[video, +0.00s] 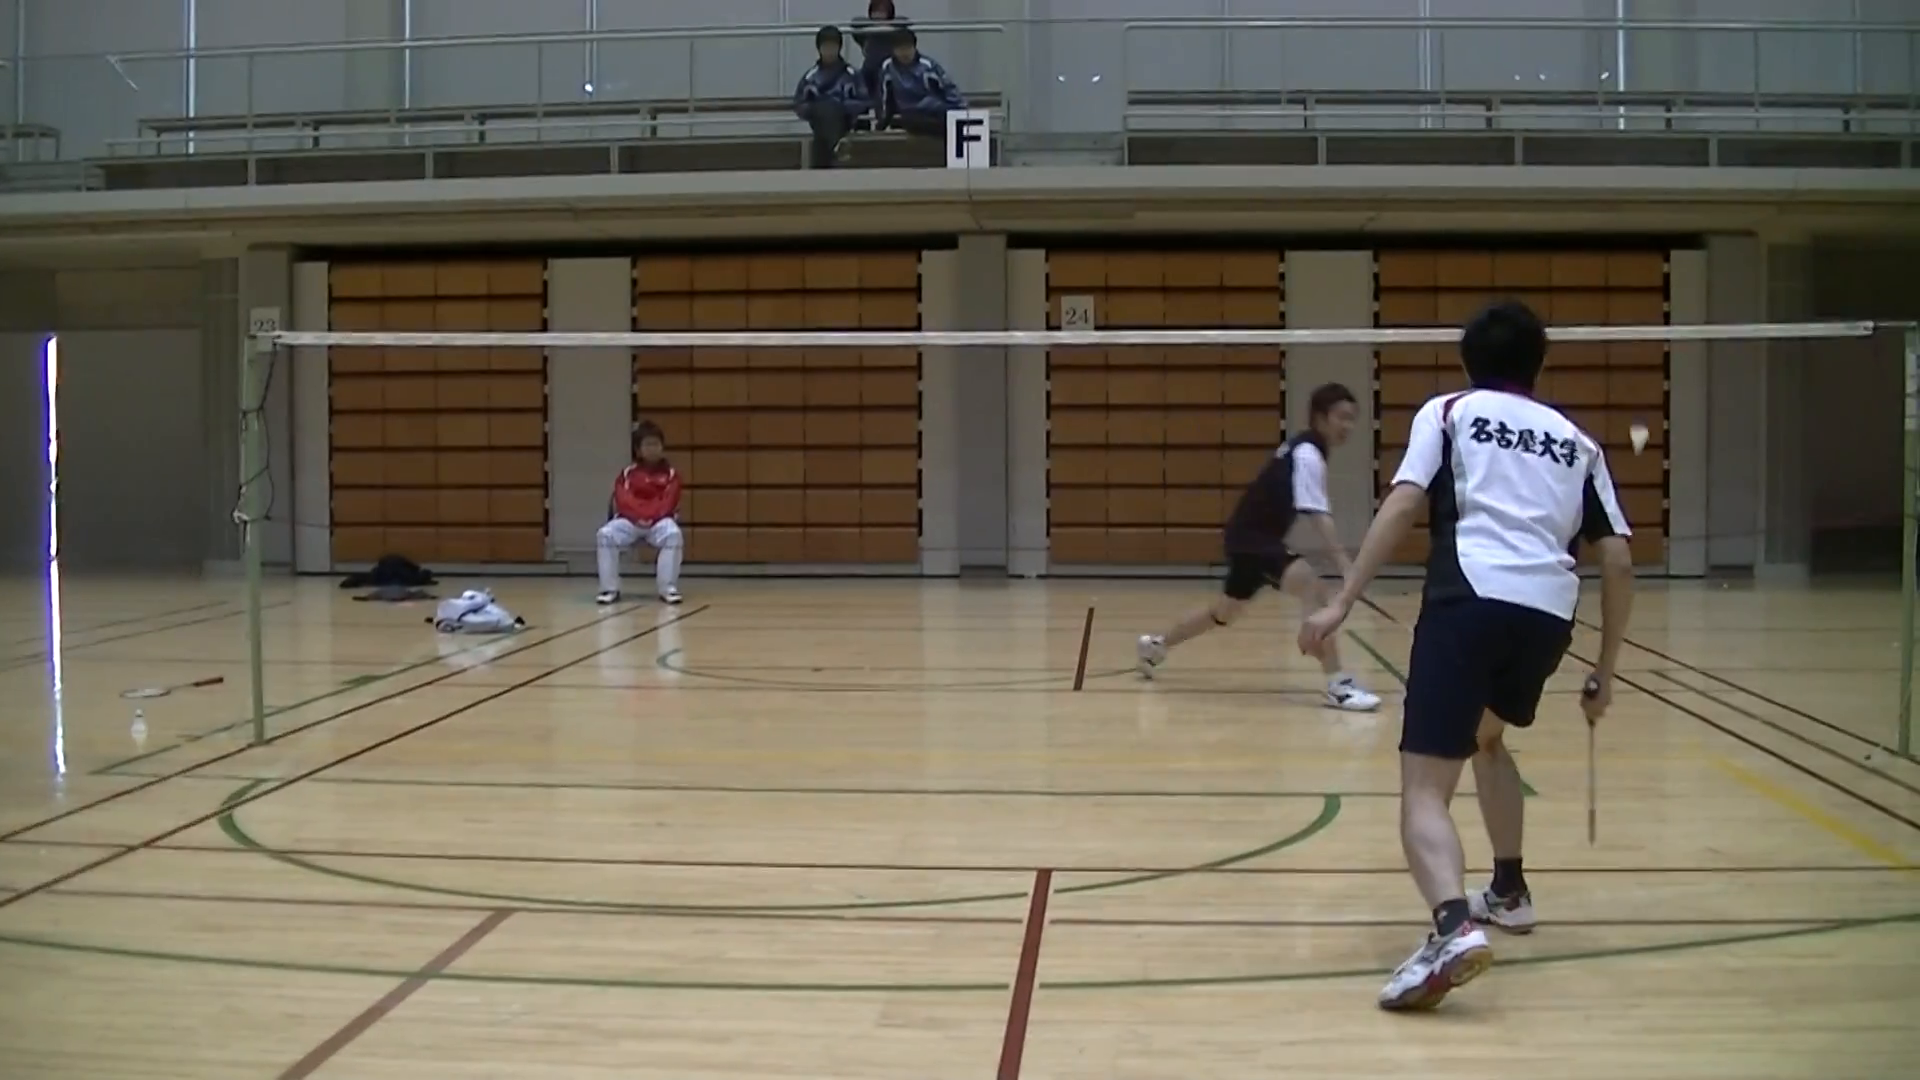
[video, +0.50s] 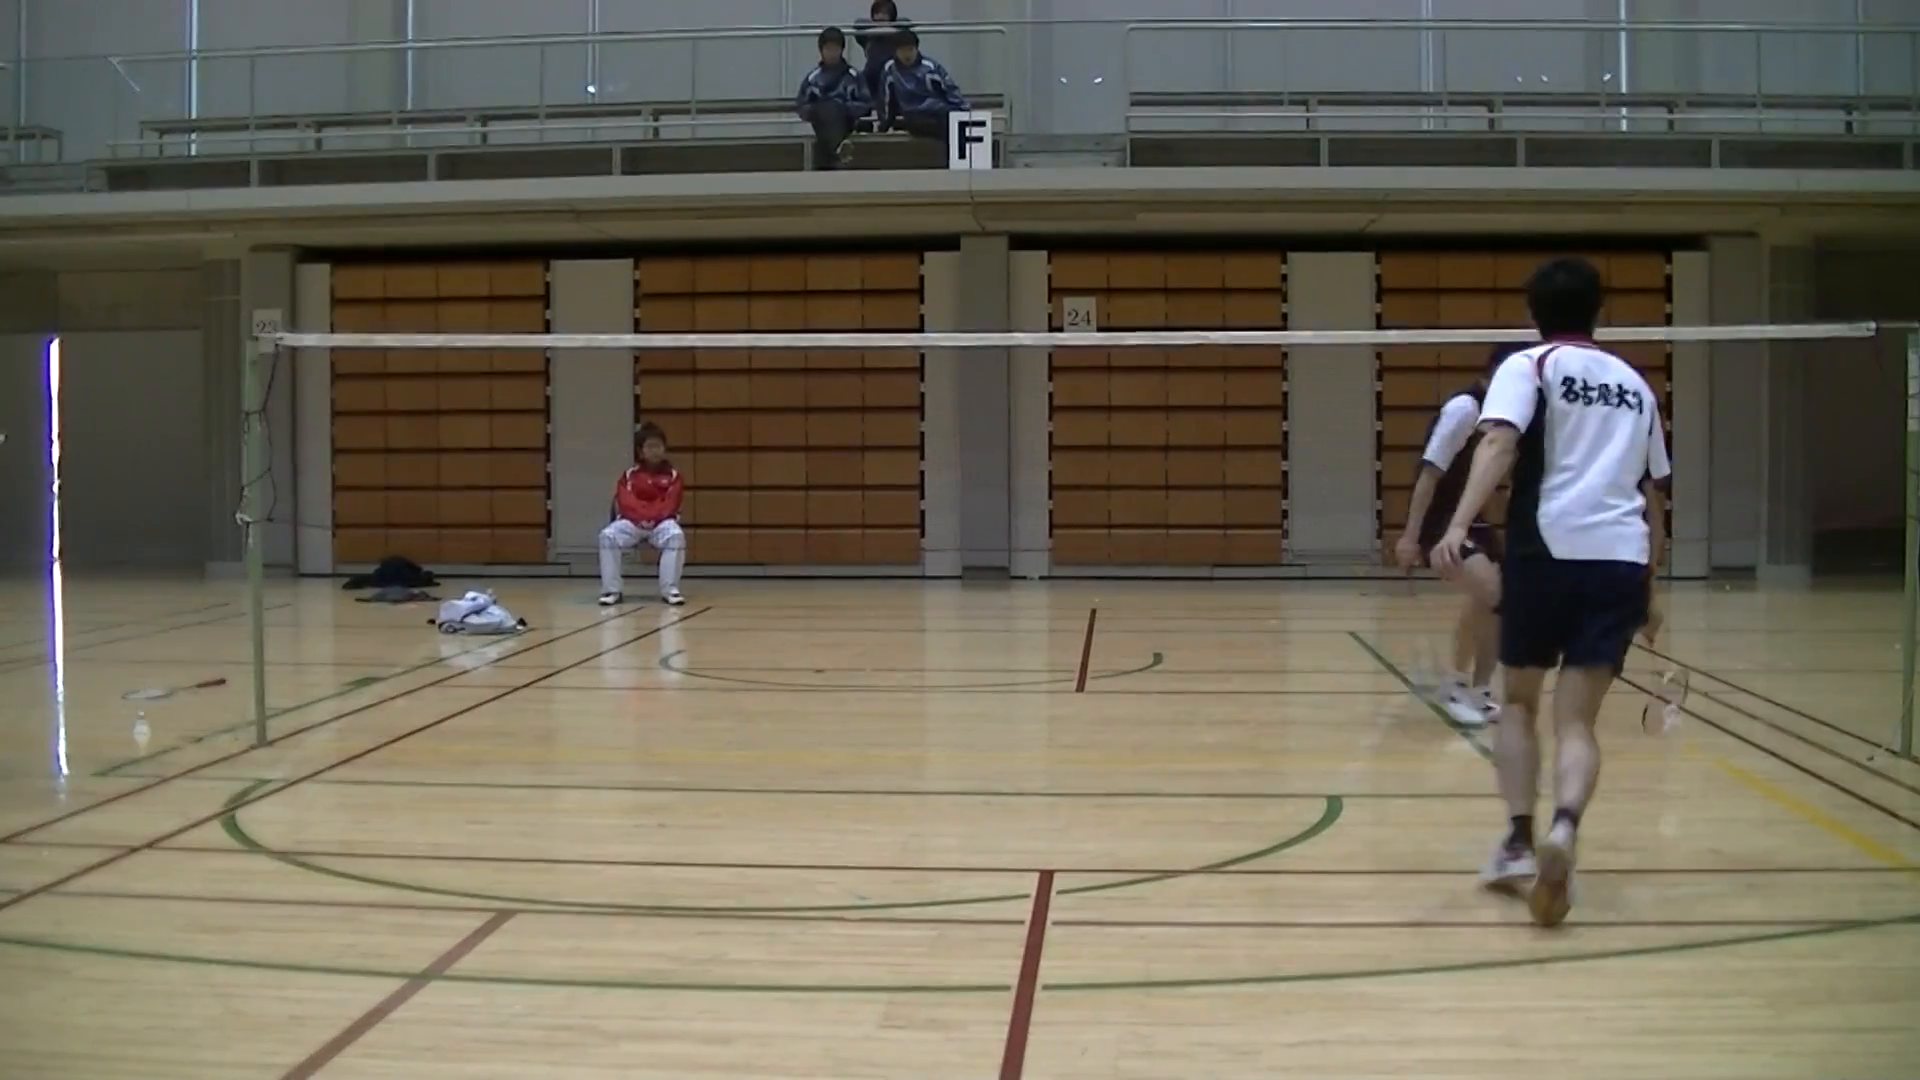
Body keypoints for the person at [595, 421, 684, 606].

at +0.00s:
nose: (653, 449)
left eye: (656, 444)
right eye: (648, 445)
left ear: (662, 447)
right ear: (638, 450)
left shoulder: (670, 474)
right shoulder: (628, 473)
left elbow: (669, 503)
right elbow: (623, 501)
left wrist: (652, 518)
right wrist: (638, 516)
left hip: (659, 520)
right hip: (630, 520)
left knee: (673, 536)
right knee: (606, 535)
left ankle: (668, 587)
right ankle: (609, 589)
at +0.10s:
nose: (653, 450)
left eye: (657, 444)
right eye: (648, 445)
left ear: (662, 448)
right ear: (638, 450)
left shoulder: (670, 475)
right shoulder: (628, 474)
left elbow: (668, 503)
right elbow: (623, 501)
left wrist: (652, 518)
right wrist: (638, 517)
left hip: (659, 521)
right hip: (630, 521)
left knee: (673, 536)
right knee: (606, 536)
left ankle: (668, 588)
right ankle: (610, 590)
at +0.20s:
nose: (653, 450)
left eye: (656, 445)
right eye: (647, 446)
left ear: (663, 448)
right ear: (638, 450)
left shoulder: (671, 476)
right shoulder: (628, 474)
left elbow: (668, 505)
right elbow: (624, 502)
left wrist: (652, 519)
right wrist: (639, 517)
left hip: (659, 521)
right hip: (630, 521)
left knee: (674, 536)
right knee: (606, 536)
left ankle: (668, 588)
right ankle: (610, 590)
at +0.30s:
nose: (654, 450)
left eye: (657, 445)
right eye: (648, 446)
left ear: (663, 448)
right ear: (639, 450)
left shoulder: (672, 475)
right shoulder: (628, 474)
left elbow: (669, 505)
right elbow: (624, 503)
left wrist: (652, 519)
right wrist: (640, 517)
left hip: (660, 521)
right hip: (631, 521)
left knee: (675, 537)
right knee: (607, 536)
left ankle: (669, 588)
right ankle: (611, 590)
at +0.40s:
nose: (654, 450)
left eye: (658, 445)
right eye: (649, 446)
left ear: (664, 448)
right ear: (640, 450)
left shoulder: (672, 476)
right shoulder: (629, 475)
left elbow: (669, 505)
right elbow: (625, 503)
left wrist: (653, 519)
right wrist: (641, 517)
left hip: (660, 521)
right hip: (632, 521)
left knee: (675, 537)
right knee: (607, 536)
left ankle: (669, 588)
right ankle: (611, 590)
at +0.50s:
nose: (655, 451)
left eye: (658, 446)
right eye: (650, 446)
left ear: (664, 449)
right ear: (640, 451)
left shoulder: (673, 476)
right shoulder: (630, 475)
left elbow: (670, 505)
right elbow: (625, 502)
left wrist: (653, 519)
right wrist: (641, 517)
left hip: (661, 521)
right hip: (632, 521)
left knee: (676, 537)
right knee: (608, 537)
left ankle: (670, 588)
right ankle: (612, 591)